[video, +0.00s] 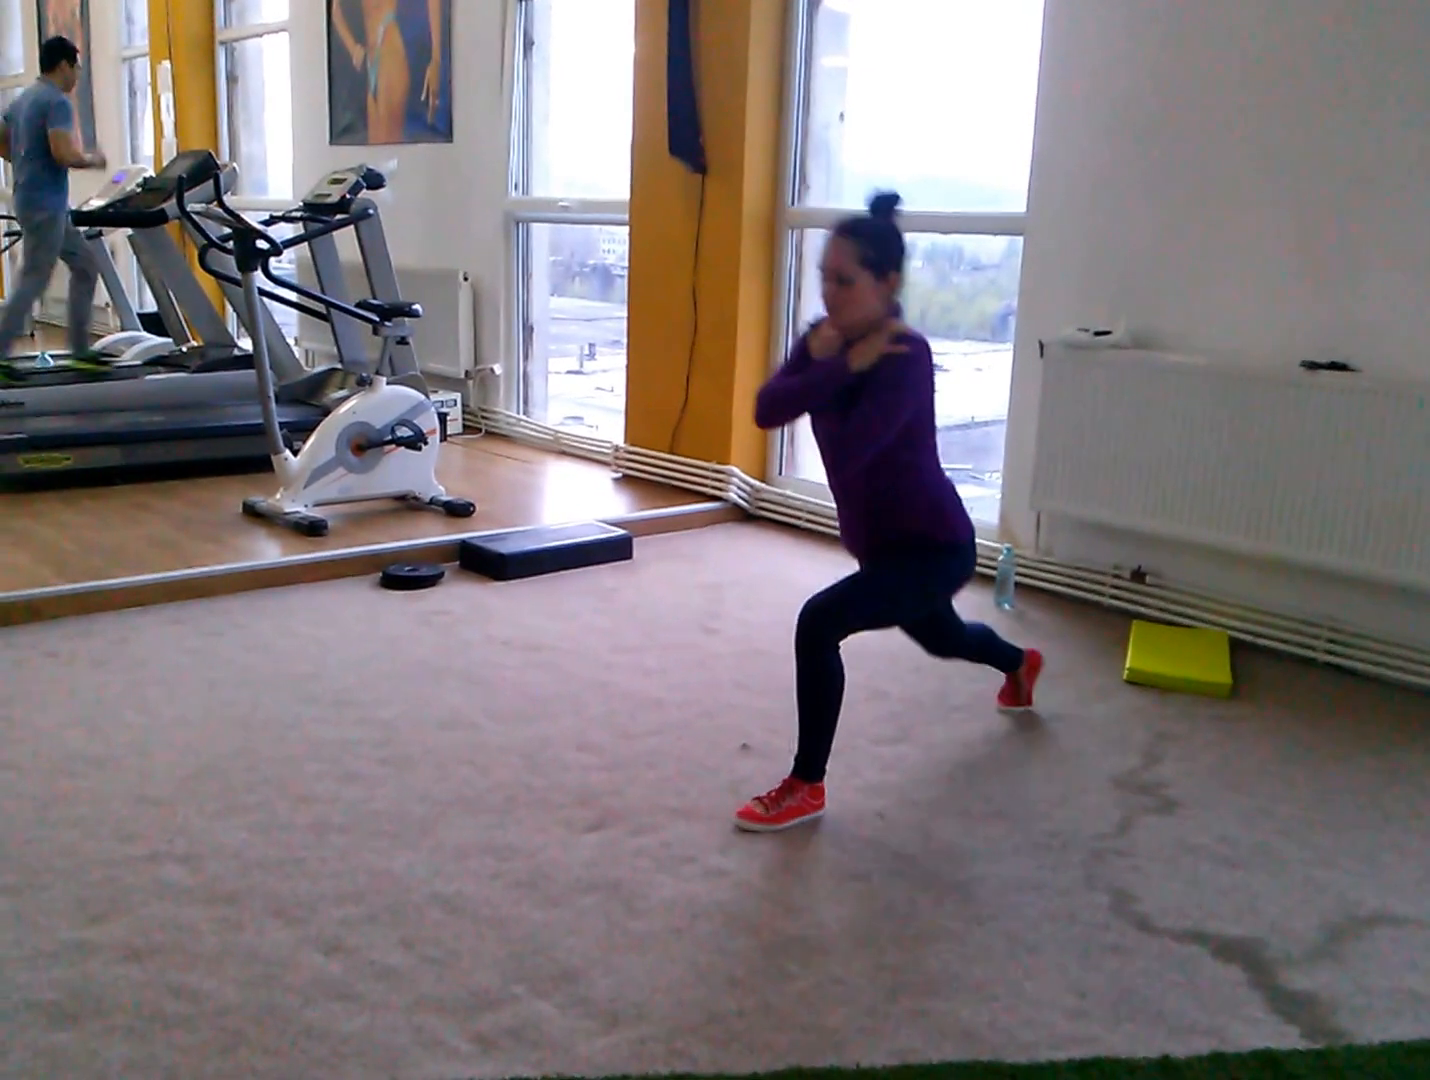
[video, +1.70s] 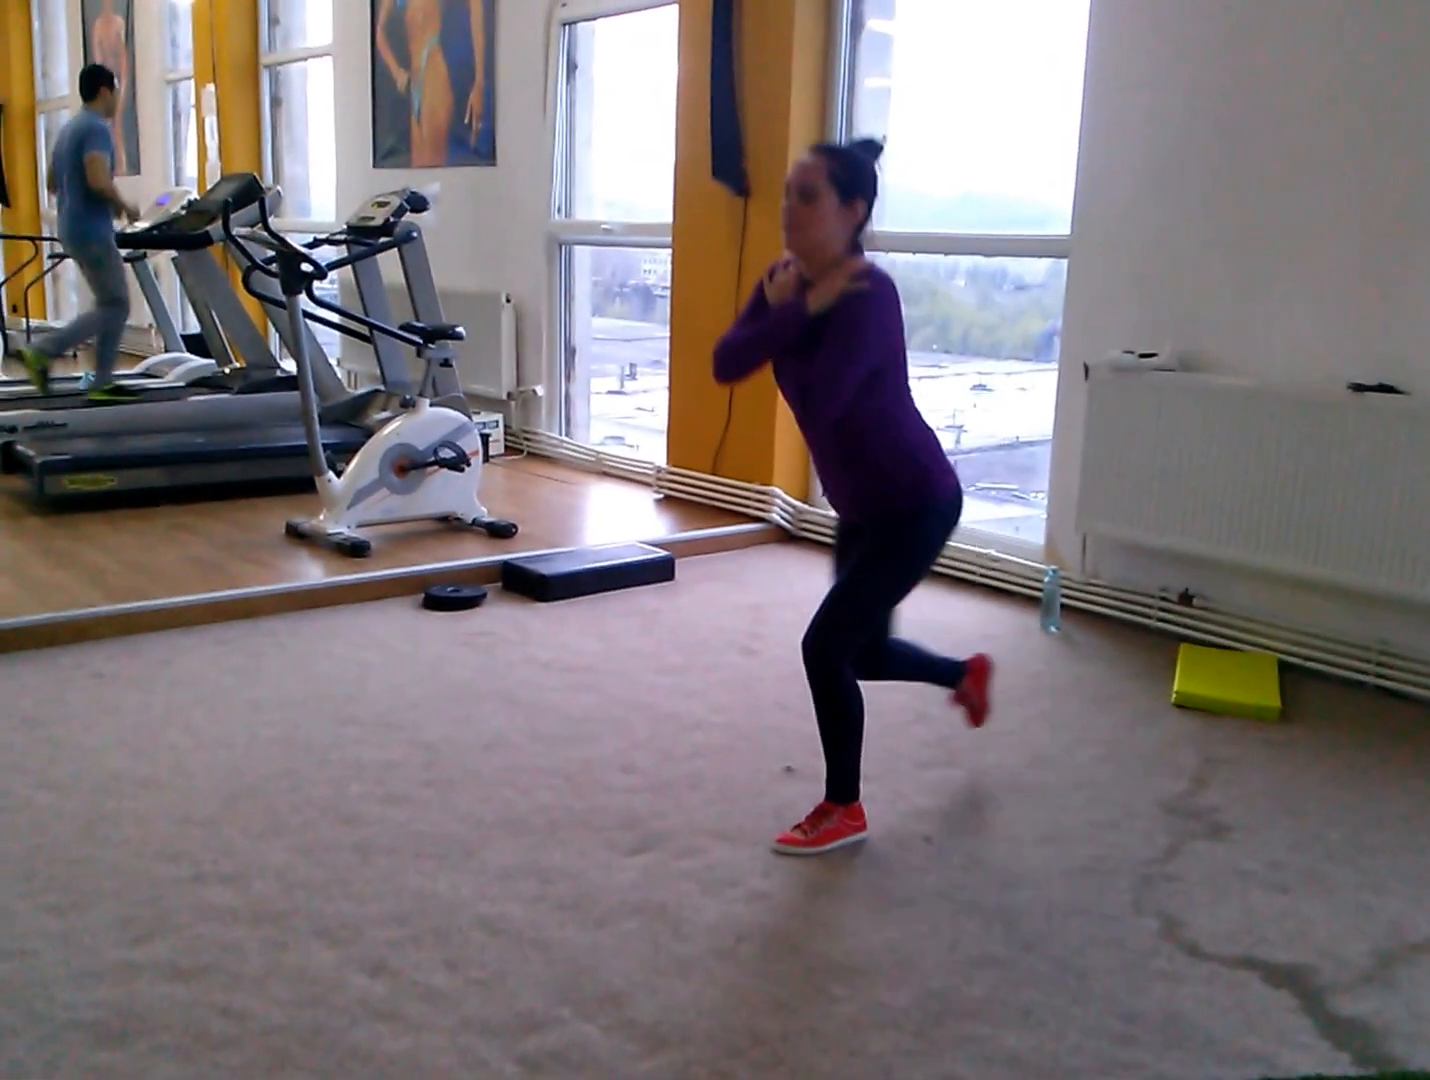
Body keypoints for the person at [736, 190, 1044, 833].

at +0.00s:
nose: (830, 293)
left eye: (845, 280)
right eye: (825, 278)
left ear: (888, 285)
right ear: (821, 280)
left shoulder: (907, 358)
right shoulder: (819, 342)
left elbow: (853, 449)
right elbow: (766, 412)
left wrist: (815, 371)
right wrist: (845, 365)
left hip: (935, 551)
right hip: (879, 549)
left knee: (818, 622)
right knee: (946, 638)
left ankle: (806, 785)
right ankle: (1020, 662)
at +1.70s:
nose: (791, 212)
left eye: (808, 198)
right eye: (787, 197)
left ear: (856, 211)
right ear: (785, 207)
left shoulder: (869, 297)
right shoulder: (782, 286)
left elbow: (822, 404)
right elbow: (724, 366)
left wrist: (770, 321)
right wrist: (789, 306)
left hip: (916, 502)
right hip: (859, 506)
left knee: (826, 646)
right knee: (863, 655)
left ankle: (843, 806)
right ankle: (965, 675)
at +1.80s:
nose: (790, 172)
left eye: (808, 162)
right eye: (789, 160)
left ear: (856, 181)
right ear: (793, 173)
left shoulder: (868, 266)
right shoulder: (787, 256)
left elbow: (804, 362)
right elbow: (719, 329)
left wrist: (778, 284)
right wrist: (780, 273)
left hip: (898, 492)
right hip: (835, 490)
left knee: (822, 646)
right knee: (797, 640)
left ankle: (845, 807)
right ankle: (907, 694)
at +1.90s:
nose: (794, 154)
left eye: (812, 143)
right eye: (792, 142)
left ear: (859, 159)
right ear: (792, 155)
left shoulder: (870, 245)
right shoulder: (787, 237)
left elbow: (793, 337)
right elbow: (716, 302)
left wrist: (772, 264)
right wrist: (792, 243)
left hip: (878, 490)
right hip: (813, 484)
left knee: (816, 657)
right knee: (749, 631)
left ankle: (850, 808)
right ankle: (827, 734)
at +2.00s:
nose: (790, 147)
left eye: (809, 135)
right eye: (790, 133)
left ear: (859, 152)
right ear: (796, 146)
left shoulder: (871, 238)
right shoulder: (793, 236)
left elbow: (790, 323)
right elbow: (710, 287)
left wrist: (768, 252)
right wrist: (798, 237)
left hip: (854, 492)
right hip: (785, 484)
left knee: (804, 661)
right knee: (713, 628)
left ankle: (850, 808)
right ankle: (730, 787)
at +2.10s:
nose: (783, 157)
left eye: (801, 144)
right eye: (780, 143)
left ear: (851, 156)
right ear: (780, 152)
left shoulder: (865, 242)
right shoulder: (784, 240)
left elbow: (782, 325)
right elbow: (704, 287)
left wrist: (768, 255)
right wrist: (785, 236)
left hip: (833, 499)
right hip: (758, 490)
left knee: (794, 673)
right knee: (686, 646)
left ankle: (852, 810)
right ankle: (642, 817)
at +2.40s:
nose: (708, 218)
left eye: (724, 204)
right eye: (704, 203)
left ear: (773, 212)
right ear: (703, 207)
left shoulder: (792, 295)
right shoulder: (711, 291)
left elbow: (712, 364)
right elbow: (627, 332)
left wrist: (695, 302)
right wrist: (718, 285)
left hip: (751, 555)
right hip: (676, 542)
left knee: (715, 752)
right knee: (573, 682)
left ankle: (830, 793)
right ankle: (546, 868)